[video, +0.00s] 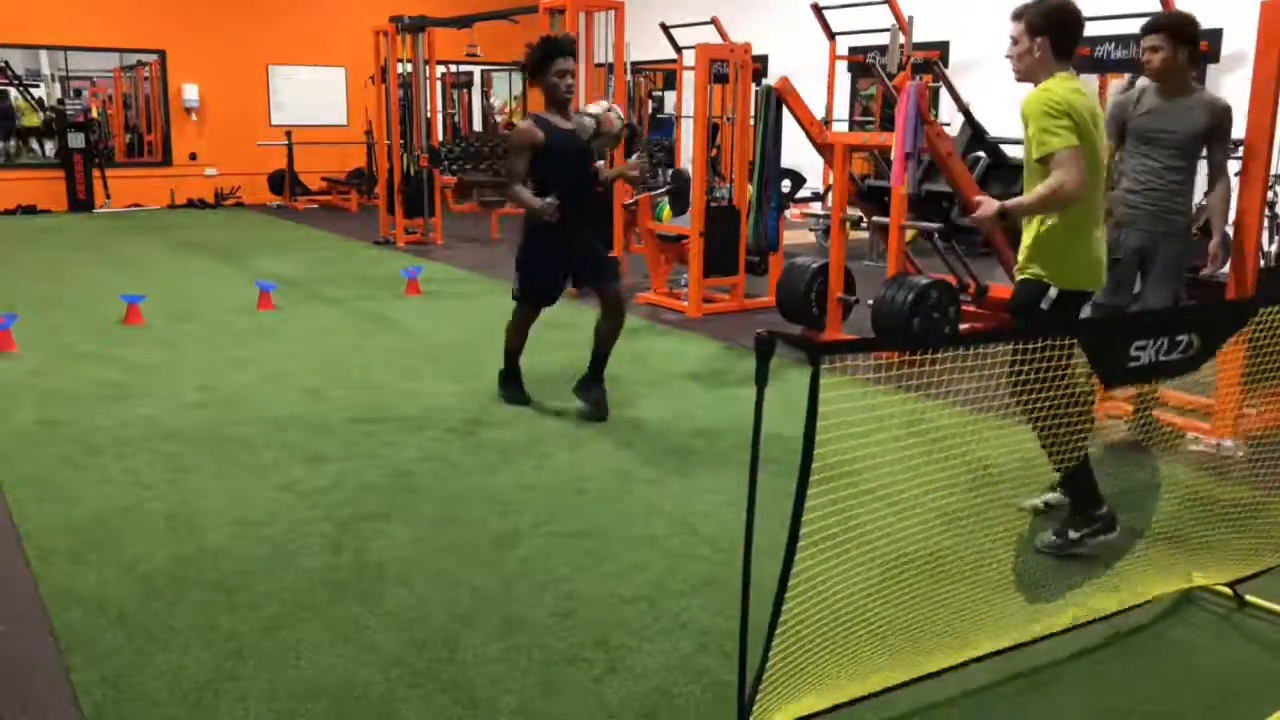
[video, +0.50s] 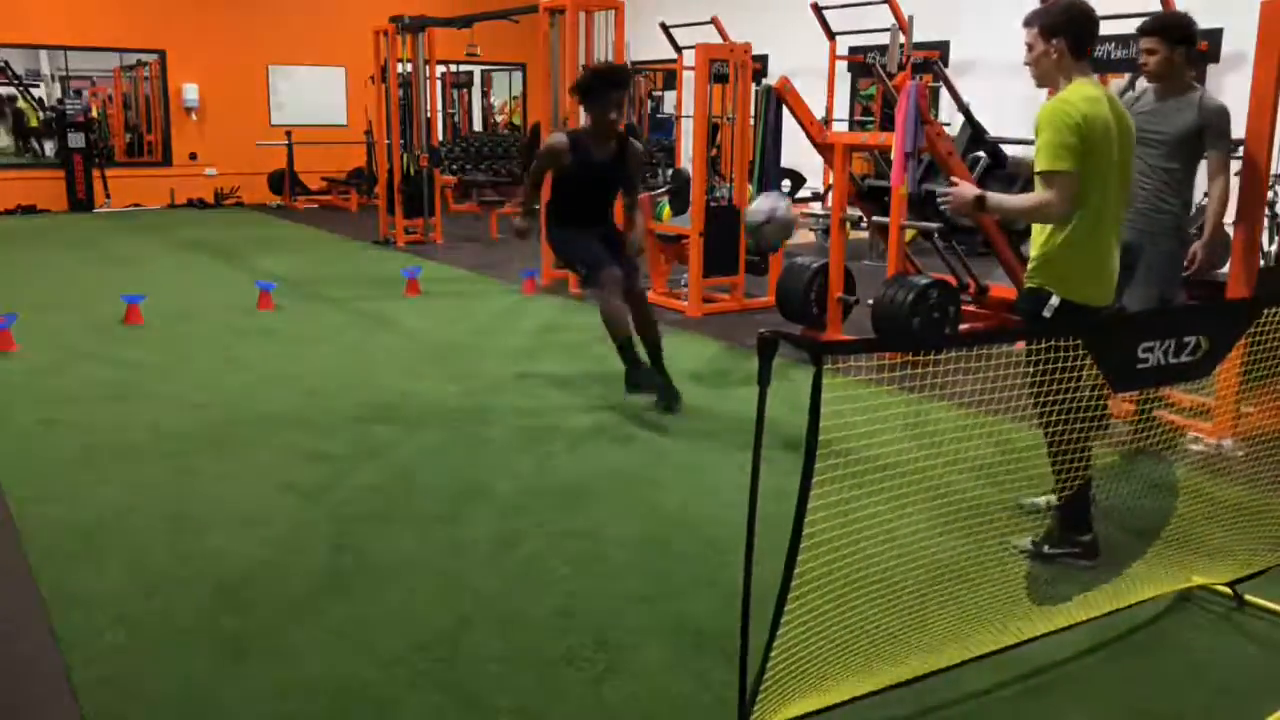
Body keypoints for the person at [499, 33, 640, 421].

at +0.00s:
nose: (568, 82)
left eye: (572, 75)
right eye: (560, 75)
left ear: (575, 79)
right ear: (540, 81)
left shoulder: (583, 126)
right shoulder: (528, 131)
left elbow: (588, 177)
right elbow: (515, 185)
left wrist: (621, 171)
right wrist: (537, 205)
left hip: (586, 233)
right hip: (547, 234)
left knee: (615, 304)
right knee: (528, 310)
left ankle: (593, 380)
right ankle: (510, 374)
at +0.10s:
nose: (586, 78)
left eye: (590, 70)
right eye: (579, 70)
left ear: (592, 70)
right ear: (556, 71)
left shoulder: (600, 115)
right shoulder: (538, 122)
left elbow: (622, 164)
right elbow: (522, 173)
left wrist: (630, 165)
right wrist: (530, 208)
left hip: (598, 226)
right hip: (557, 228)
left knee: (617, 300)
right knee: (551, 304)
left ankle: (616, 376)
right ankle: (522, 362)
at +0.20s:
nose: (604, 98)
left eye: (608, 90)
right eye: (597, 90)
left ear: (610, 89)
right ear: (577, 87)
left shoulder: (612, 127)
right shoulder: (547, 129)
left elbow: (614, 171)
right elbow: (523, 171)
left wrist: (636, 184)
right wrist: (521, 216)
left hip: (603, 224)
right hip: (566, 225)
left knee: (621, 301)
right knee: (589, 304)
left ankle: (620, 381)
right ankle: (554, 351)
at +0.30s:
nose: (616, 104)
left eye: (619, 96)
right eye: (610, 96)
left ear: (621, 98)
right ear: (589, 96)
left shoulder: (624, 138)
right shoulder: (557, 135)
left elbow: (634, 181)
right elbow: (525, 175)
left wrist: (645, 203)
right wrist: (515, 225)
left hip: (604, 226)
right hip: (569, 226)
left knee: (624, 296)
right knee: (613, 288)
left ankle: (620, 379)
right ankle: (599, 366)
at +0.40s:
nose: (615, 108)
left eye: (619, 100)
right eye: (608, 100)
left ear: (624, 100)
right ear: (589, 97)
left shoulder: (627, 139)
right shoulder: (558, 133)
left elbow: (633, 183)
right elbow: (527, 168)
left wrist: (640, 214)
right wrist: (522, 210)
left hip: (603, 220)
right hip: (567, 220)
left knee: (629, 291)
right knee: (609, 271)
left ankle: (626, 379)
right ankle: (646, 351)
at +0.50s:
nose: (615, 117)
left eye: (620, 109)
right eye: (607, 109)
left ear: (626, 109)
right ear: (587, 108)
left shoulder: (629, 152)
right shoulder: (560, 147)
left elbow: (631, 199)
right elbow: (533, 182)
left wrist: (635, 232)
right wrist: (527, 216)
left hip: (603, 228)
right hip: (565, 229)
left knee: (635, 288)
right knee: (609, 278)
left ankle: (658, 369)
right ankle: (633, 368)